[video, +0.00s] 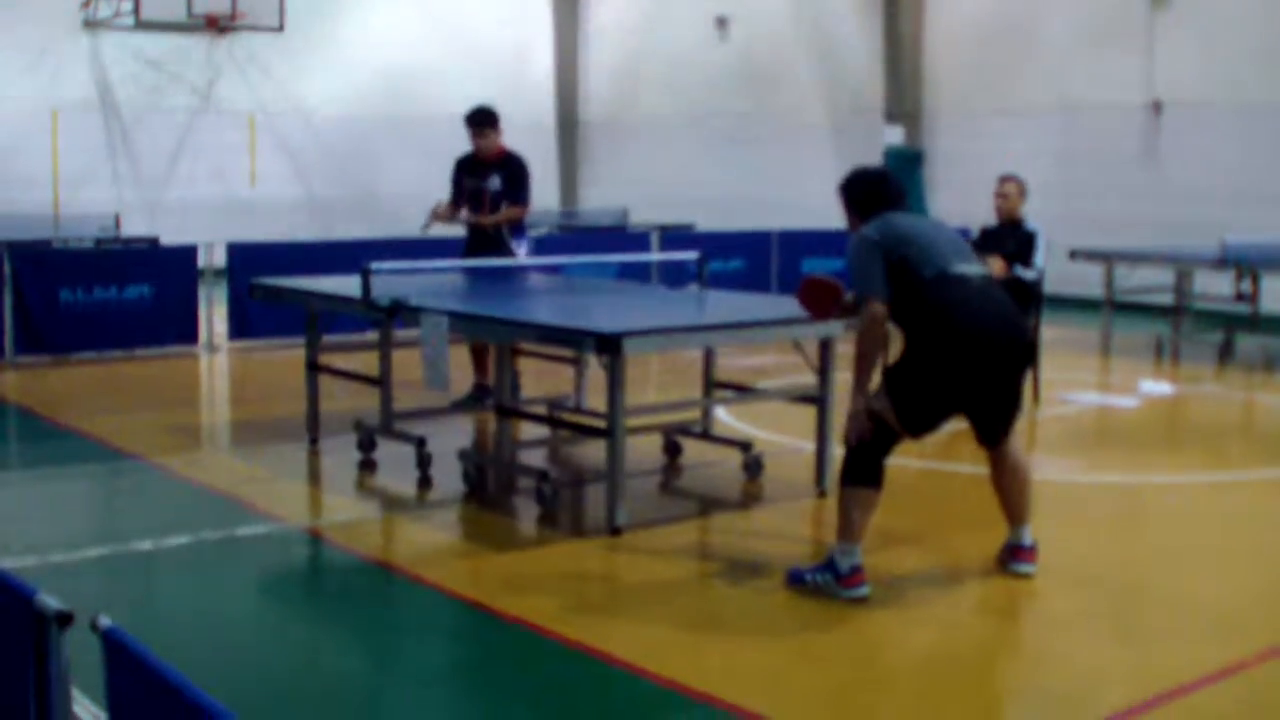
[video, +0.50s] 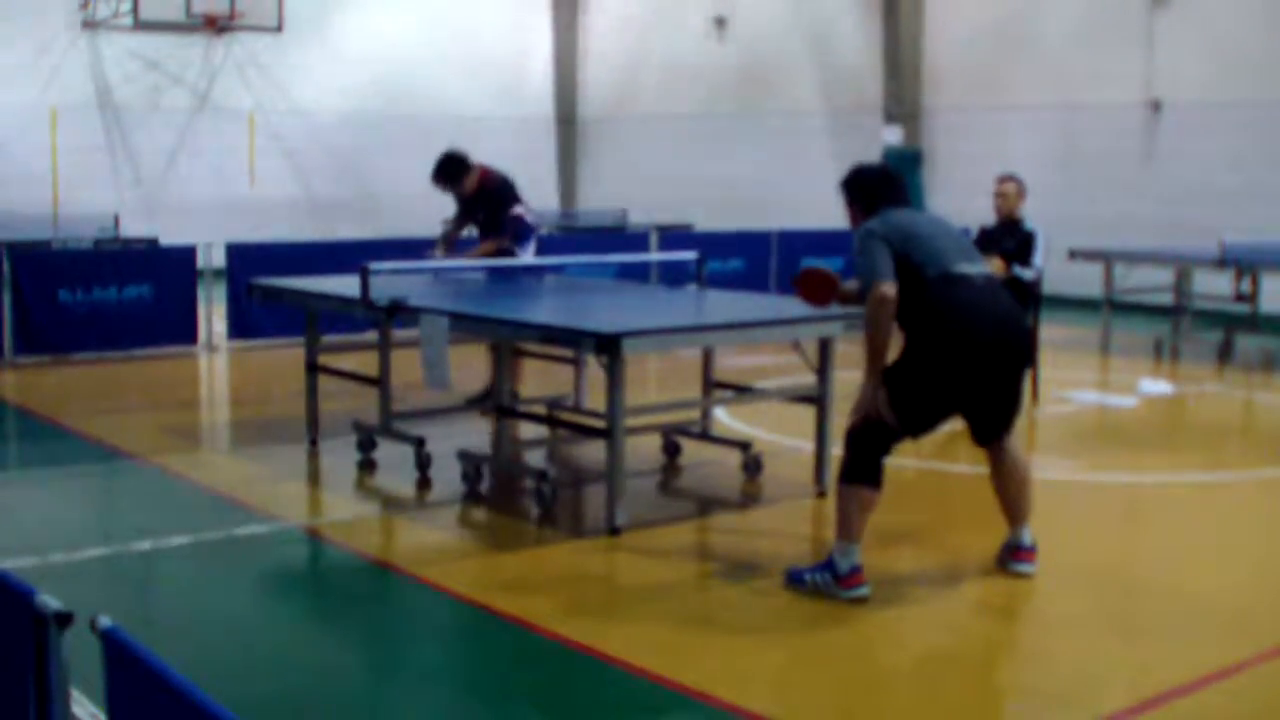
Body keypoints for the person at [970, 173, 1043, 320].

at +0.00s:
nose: (999, 203)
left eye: (1006, 197)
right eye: (998, 197)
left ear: (1021, 200)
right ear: (994, 198)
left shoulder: (1032, 235)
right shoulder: (986, 234)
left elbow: (1036, 274)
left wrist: (1009, 270)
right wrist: (988, 264)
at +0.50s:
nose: (999, 203)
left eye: (1005, 197)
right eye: (997, 196)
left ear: (1020, 199)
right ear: (993, 198)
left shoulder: (1032, 235)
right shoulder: (985, 233)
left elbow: (1034, 273)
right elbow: (965, 265)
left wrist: (1009, 270)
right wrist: (987, 266)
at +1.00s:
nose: (999, 199)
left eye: (1005, 193)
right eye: (997, 193)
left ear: (1019, 196)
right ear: (994, 194)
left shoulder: (1032, 232)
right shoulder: (986, 230)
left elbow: (1034, 271)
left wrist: (1008, 266)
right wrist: (987, 263)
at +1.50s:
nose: (1000, 199)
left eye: (1006, 193)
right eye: (998, 192)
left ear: (1019, 196)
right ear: (994, 194)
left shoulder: (1032, 232)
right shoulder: (985, 230)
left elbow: (1034, 270)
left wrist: (1008, 266)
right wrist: (986, 262)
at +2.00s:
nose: (1000, 199)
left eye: (1006, 193)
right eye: (997, 192)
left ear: (1019, 195)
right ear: (993, 193)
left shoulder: (1032, 230)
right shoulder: (985, 229)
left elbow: (1035, 269)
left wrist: (1008, 265)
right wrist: (986, 261)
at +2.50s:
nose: (999, 199)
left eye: (1005, 193)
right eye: (997, 192)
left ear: (1019, 195)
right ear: (993, 193)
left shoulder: (1032, 231)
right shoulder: (985, 230)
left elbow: (1034, 269)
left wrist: (1008, 265)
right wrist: (987, 261)